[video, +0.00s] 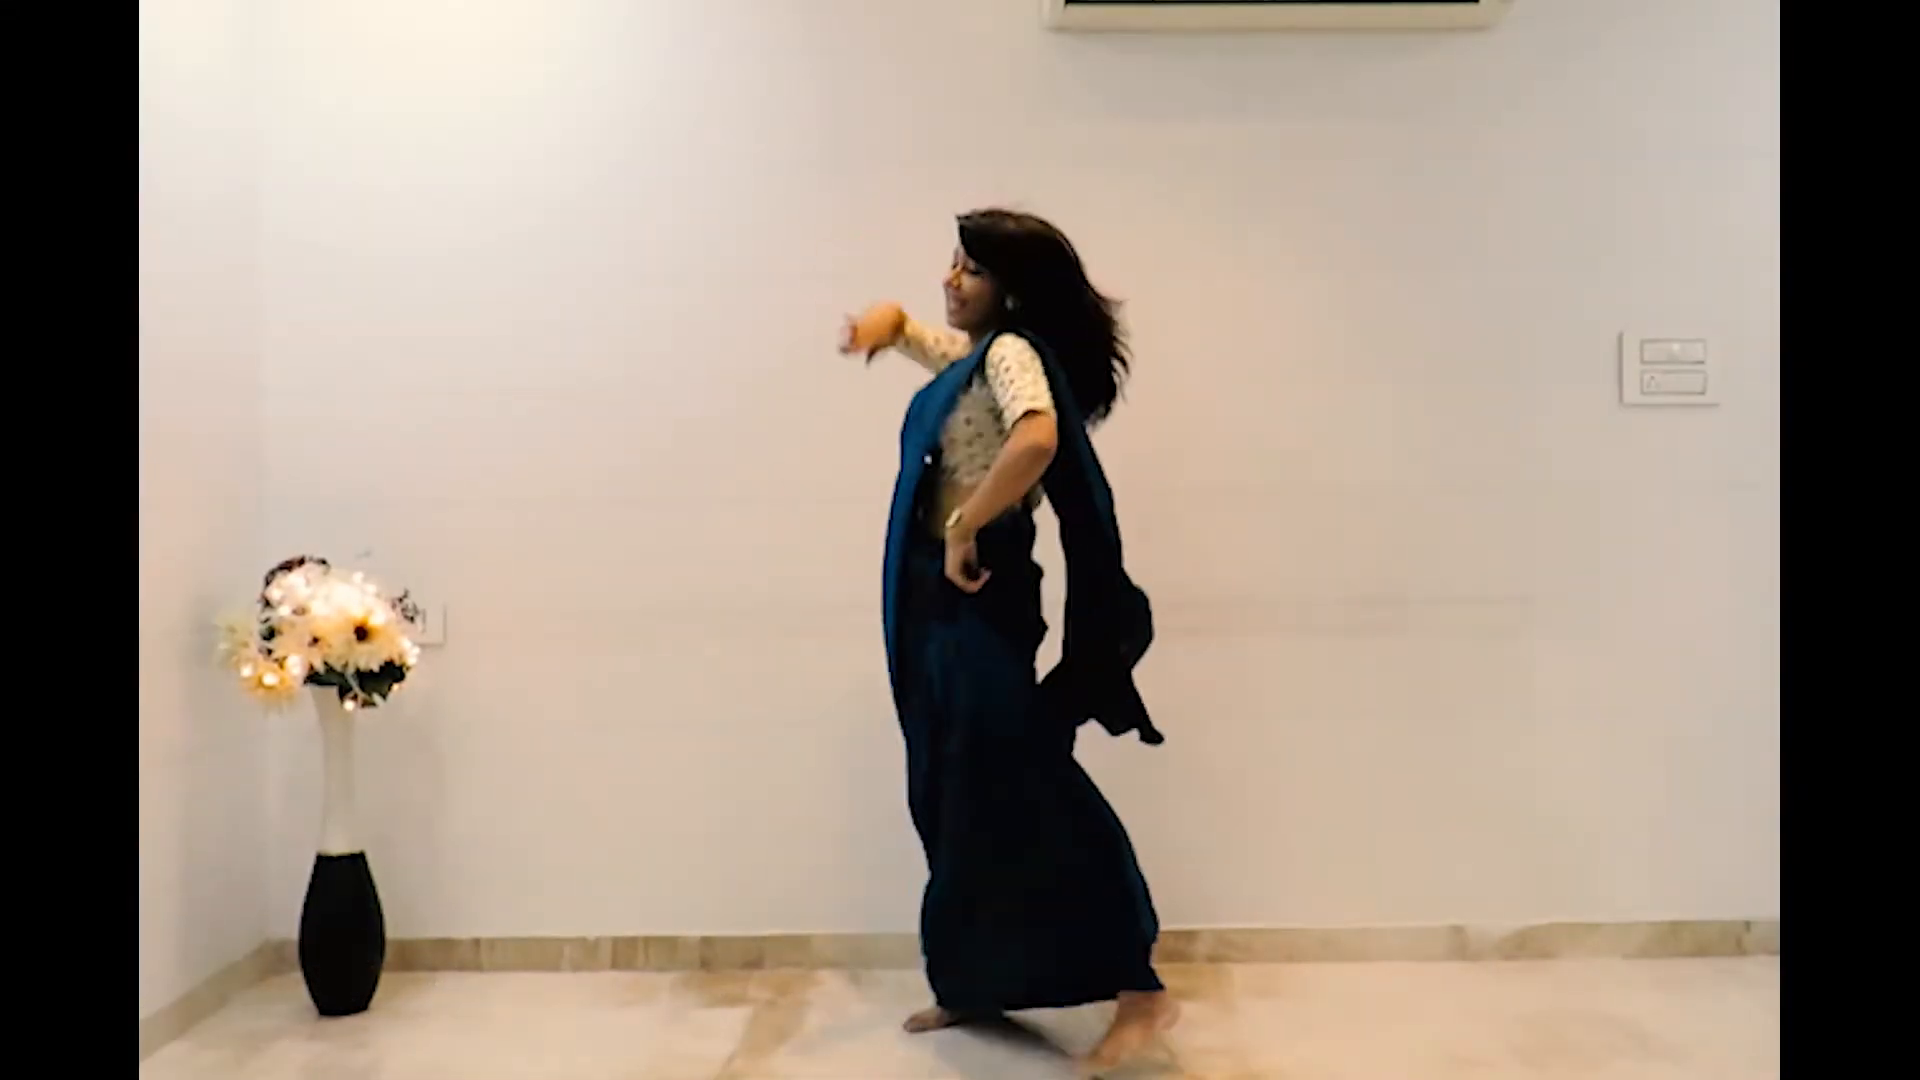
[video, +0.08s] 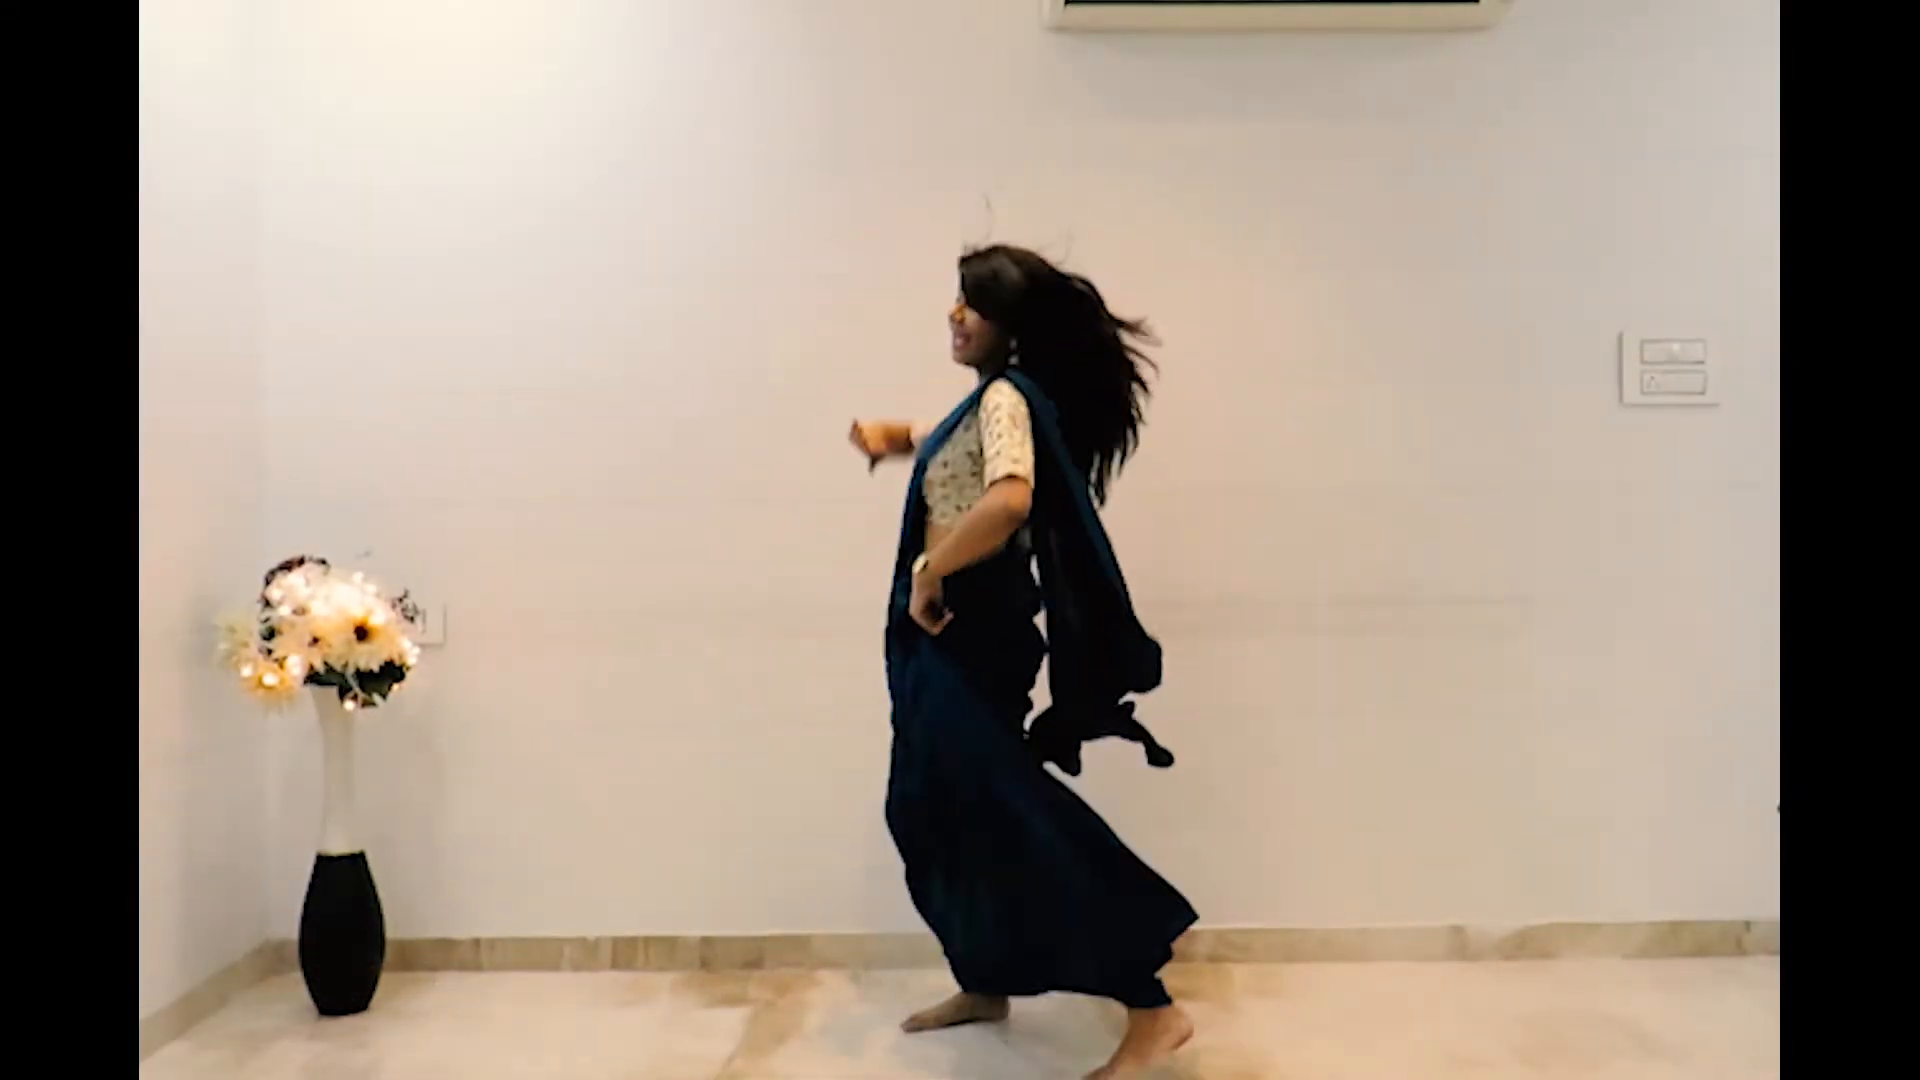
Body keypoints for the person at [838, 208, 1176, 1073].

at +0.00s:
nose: (950, 280)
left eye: (965, 272)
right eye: (954, 268)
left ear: (1004, 288)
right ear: (985, 285)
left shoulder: (1007, 353)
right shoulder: (966, 355)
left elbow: (1039, 436)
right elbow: (916, 335)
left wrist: (965, 523)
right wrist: (886, 323)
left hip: (986, 614)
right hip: (936, 613)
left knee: (1037, 788)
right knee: (949, 793)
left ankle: (1141, 991)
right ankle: (974, 985)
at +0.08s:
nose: (954, 318)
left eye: (970, 309)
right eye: (957, 304)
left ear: (1007, 326)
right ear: (992, 322)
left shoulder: (1003, 398)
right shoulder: (989, 396)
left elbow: (1010, 499)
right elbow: (955, 451)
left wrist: (932, 569)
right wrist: (903, 441)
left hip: (975, 644)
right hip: (952, 638)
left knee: (1008, 816)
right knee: (929, 806)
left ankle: (1150, 1009)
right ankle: (980, 986)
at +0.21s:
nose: (953, 317)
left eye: (964, 305)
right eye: (957, 303)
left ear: (996, 318)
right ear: (1012, 316)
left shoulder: (1029, 391)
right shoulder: (976, 408)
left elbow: (1068, 482)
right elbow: (869, 491)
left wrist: (974, 550)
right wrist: (877, 469)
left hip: (1007, 652)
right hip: (952, 652)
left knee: (1028, 832)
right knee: (926, 817)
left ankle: (1161, 1019)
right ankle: (983, 987)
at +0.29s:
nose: (968, 265)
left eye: (983, 252)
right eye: (967, 252)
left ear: (1019, 268)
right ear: (965, 269)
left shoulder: (1056, 348)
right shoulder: (938, 362)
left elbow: (1129, 429)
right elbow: (822, 375)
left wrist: (1037, 492)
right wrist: (917, 348)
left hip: (1028, 609)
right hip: (944, 609)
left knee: (1064, 795)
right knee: (949, 790)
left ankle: (1139, 999)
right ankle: (964, 978)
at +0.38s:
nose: (988, 238)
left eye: (1007, 228)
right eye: (978, 224)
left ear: (1038, 247)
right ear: (958, 239)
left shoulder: (1072, 327)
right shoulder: (929, 327)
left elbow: (1164, 403)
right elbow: (848, 284)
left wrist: (1082, 462)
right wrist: (971, 281)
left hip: (1039, 572)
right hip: (944, 572)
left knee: (1060, 766)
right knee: (953, 767)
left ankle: (1092, 965)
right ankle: (975, 956)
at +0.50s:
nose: (1003, 252)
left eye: (1019, 243)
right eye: (988, 240)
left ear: (1042, 268)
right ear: (957, 260)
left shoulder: (1067, 345)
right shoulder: (929, 332)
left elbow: (1148, 424)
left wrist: (1114, 476)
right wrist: (1075, 323)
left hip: (1066, 576)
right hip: (976, 583)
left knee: (1070, 768)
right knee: (1005, 784)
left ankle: (1023, 972)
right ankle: (1004, 1012)